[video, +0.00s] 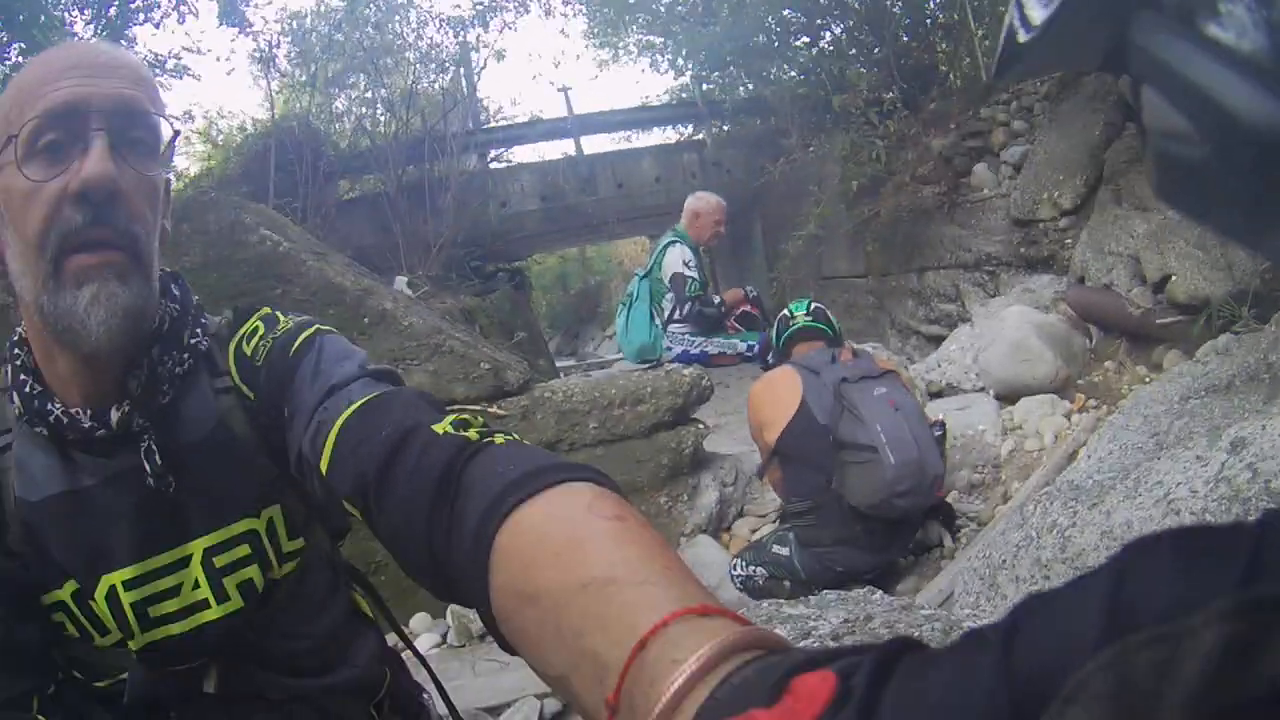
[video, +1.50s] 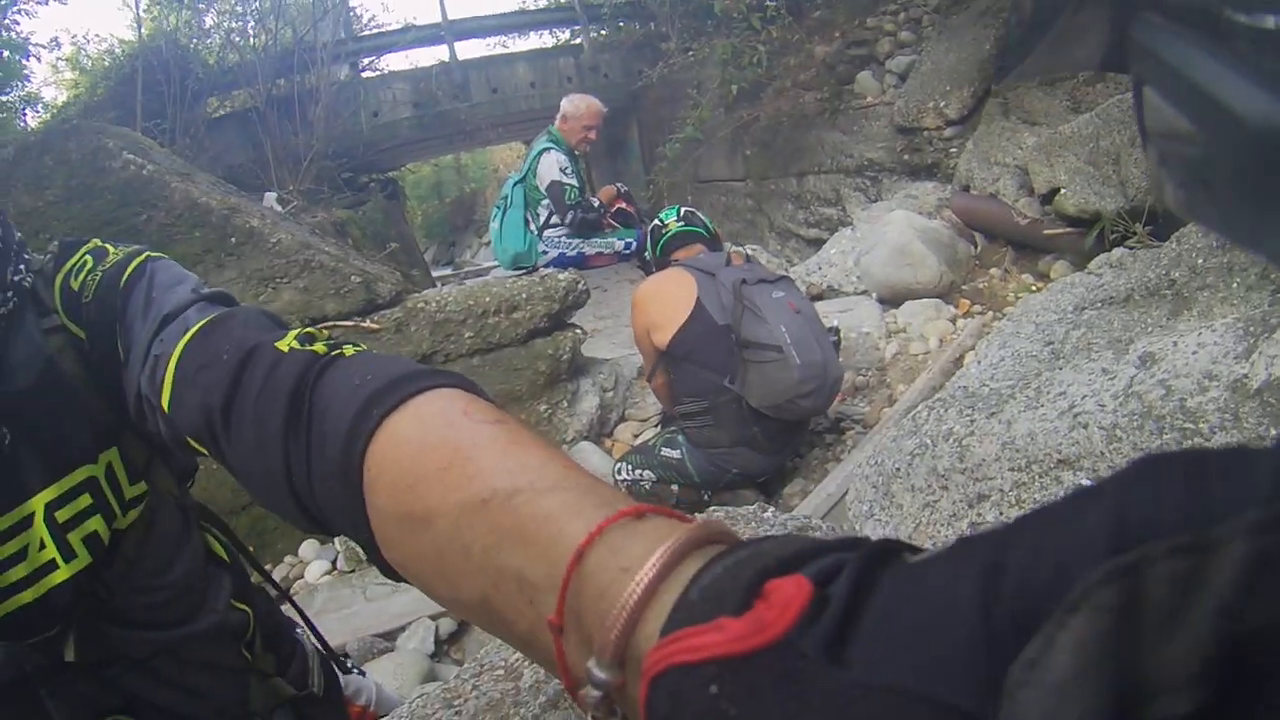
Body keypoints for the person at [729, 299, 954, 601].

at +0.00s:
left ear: (778, 347)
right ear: (837, 338)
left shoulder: (765, 390)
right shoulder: (883, 368)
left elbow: (778, 481)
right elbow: (923, 439)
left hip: (827, 552)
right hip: (899, 535)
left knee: (742, 571)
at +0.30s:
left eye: (805, 365)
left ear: (812, 366)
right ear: (868, 354)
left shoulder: (803, 405)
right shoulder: (912, 386)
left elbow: (811, 497)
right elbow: (971, 446)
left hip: (872, 571)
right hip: (935, 551)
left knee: (765, 582)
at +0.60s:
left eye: (803, 338)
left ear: (812, 339)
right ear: (866, 330)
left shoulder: (805, 375)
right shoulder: (897, 357)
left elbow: (805, 464)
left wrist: (830, 503)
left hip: (873, 535)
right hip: (931, 518)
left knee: (766, 550)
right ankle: (908, 560)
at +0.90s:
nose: (787, 354)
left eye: (789, 347)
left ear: (798, 346)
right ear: (849, 337)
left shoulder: (795, 383)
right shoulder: (881, 363)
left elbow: (793, 472)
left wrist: (815, 511)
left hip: (865, 541)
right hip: (921, 522)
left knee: (752, 559)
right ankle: (897, 566)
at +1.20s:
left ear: (664, 303)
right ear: (725, 286)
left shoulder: (667, 338)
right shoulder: (757, 312)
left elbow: (668, 424)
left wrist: (695, 461)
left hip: (739, 495)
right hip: (799, 476)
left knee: (626, 519)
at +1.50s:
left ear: (654, 257)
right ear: (714, 240)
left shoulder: (650, 293)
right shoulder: (746, 264)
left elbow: (660, 383)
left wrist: (678, 418)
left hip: (730, 453)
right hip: (790, 432)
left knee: (627, 471)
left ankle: (727, 499)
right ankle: (770, 476)